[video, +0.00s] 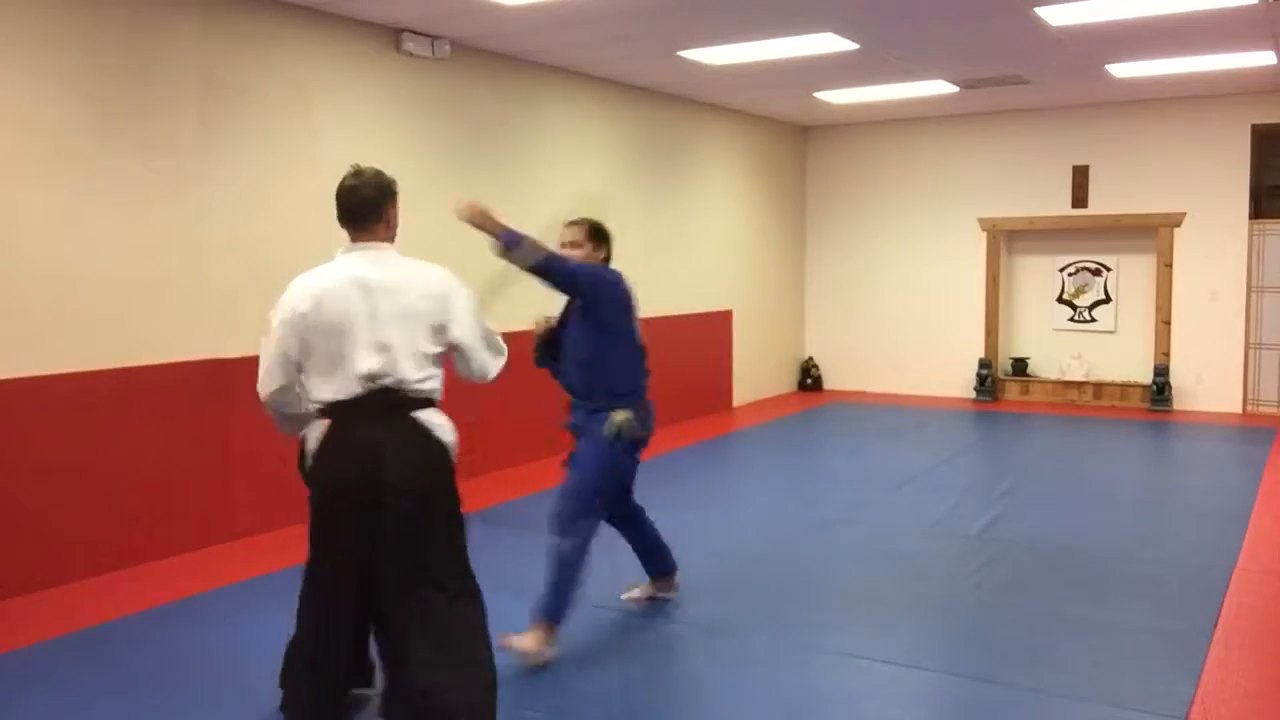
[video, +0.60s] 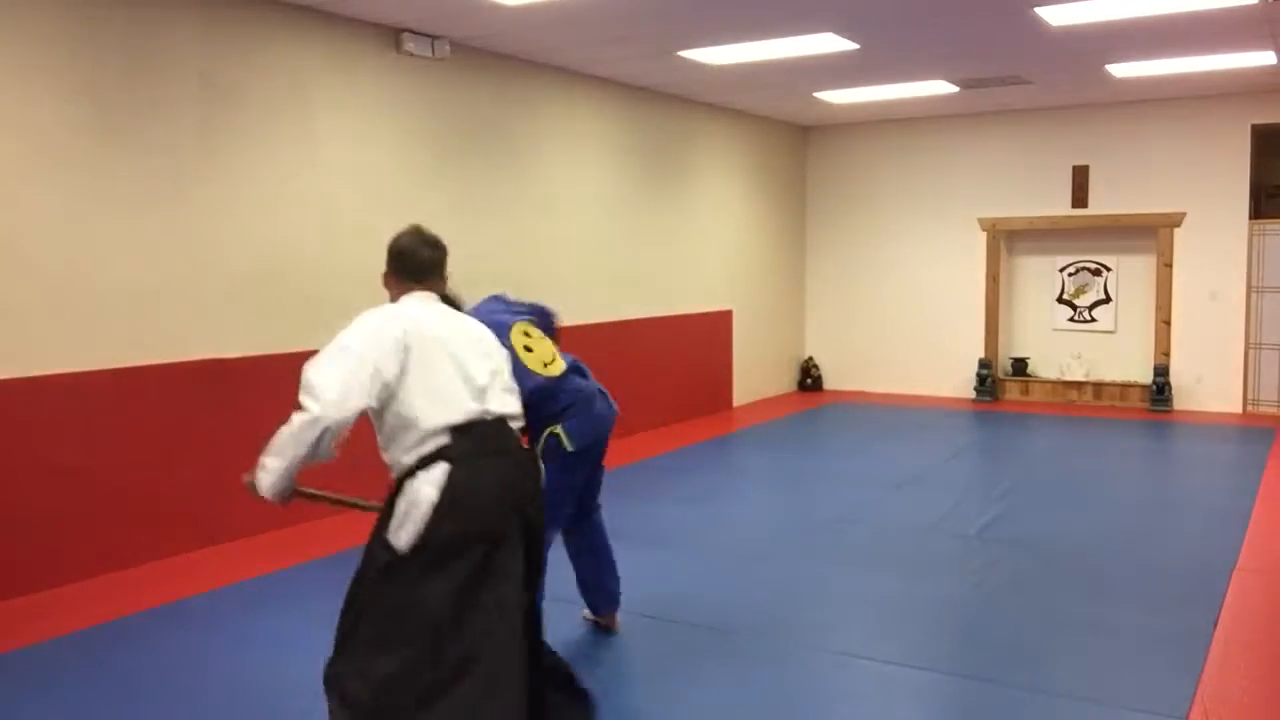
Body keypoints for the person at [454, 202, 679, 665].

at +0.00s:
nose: (561, 253)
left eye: (573, 245)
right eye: (559, 245)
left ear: (600, 251)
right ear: (562, 250)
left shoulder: (607, 285)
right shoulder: (580, 302)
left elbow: (551, 266)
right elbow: (572, 367)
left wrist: (497, 230)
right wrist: (547, 345)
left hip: (618, 419)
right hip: (595, 417)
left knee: (572, 515)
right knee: (616, 507)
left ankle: (544, 629)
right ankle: (664, 579)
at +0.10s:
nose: (540, 259)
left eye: (551, 251)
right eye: (541, 251)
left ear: (580, 258)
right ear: (577, 262)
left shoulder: (568, 291)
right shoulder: (598, 298)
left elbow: (513, 274)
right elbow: (571, 358)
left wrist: (454, 230)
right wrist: (532, 343)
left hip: (576, 432)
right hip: (607, 429)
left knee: (526, 524)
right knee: (592, 502)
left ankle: (521, 649)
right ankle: (649, 573)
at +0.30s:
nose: (495, 248)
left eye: (505, 241)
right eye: (497, 240)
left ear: (533, 250)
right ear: (542, 255)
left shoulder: (507, 290)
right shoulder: (579, 292)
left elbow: (450, 316)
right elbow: (603, 358)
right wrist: (579, 407)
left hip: (557, 432)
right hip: (602, 428)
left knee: (514, 532)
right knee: (576, 513)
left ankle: (521, 650)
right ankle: (602, 609)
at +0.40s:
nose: (462, 258)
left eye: (471, 251)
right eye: (466, 249)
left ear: (496, 262)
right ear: (510, 264)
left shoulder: (481, 313)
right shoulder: (558, 290)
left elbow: (456, 366)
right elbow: (601, 344)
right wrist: (557, 354)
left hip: (556, 437)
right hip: (603, 425)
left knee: (515, 536)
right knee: (586, 513)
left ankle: (525, 651)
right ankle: (609, 612)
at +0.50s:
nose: (436, 303)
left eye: (440, 294)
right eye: (436, 294)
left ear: (460, 295)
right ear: (479, 289)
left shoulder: (465, 337)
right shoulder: (529, 295)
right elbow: (582, 328)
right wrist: (549, 351)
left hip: (558, 443)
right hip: (603, 426)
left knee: (517, 538)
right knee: (590, 515)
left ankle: (523, 647)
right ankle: (608, 611)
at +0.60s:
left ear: (440, 325)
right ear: (454, 303)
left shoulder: (463, 345)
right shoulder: (494, 307)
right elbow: (548, 319)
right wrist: (547, 362)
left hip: (561, 431)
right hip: (598, 411)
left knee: (534, 531)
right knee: (583, 515)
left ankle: (522, 627)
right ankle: (606, 609)